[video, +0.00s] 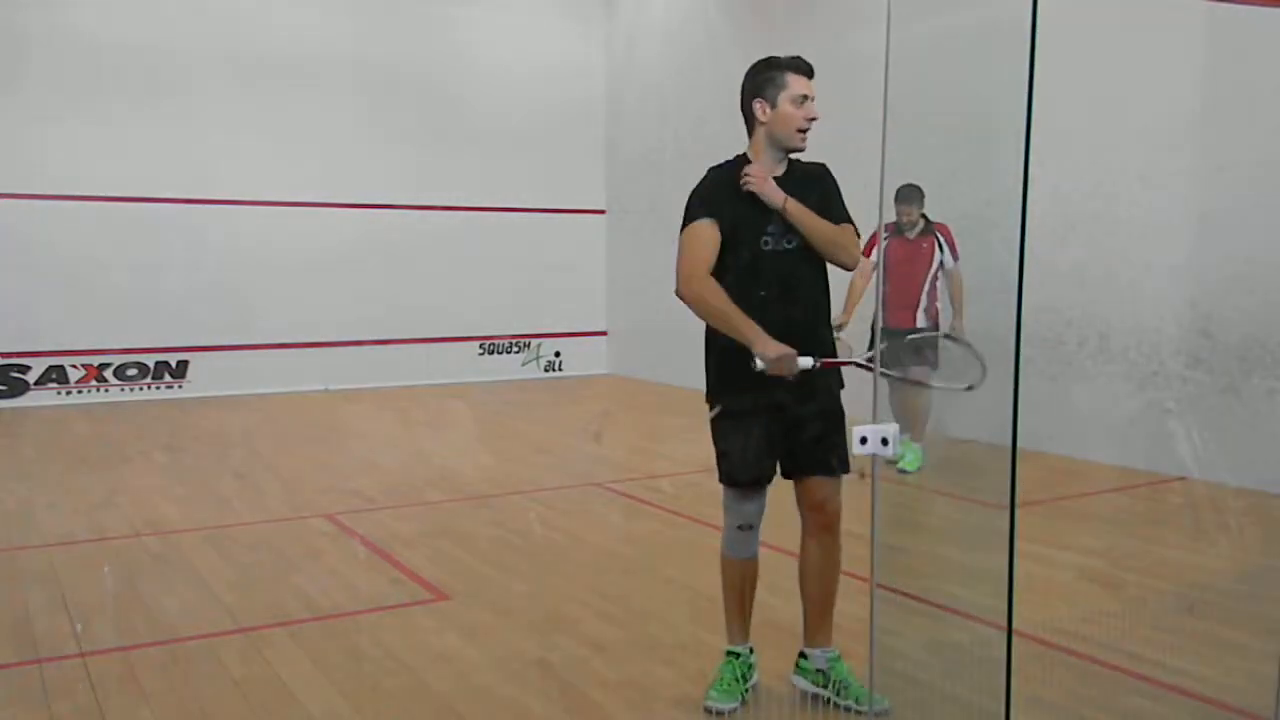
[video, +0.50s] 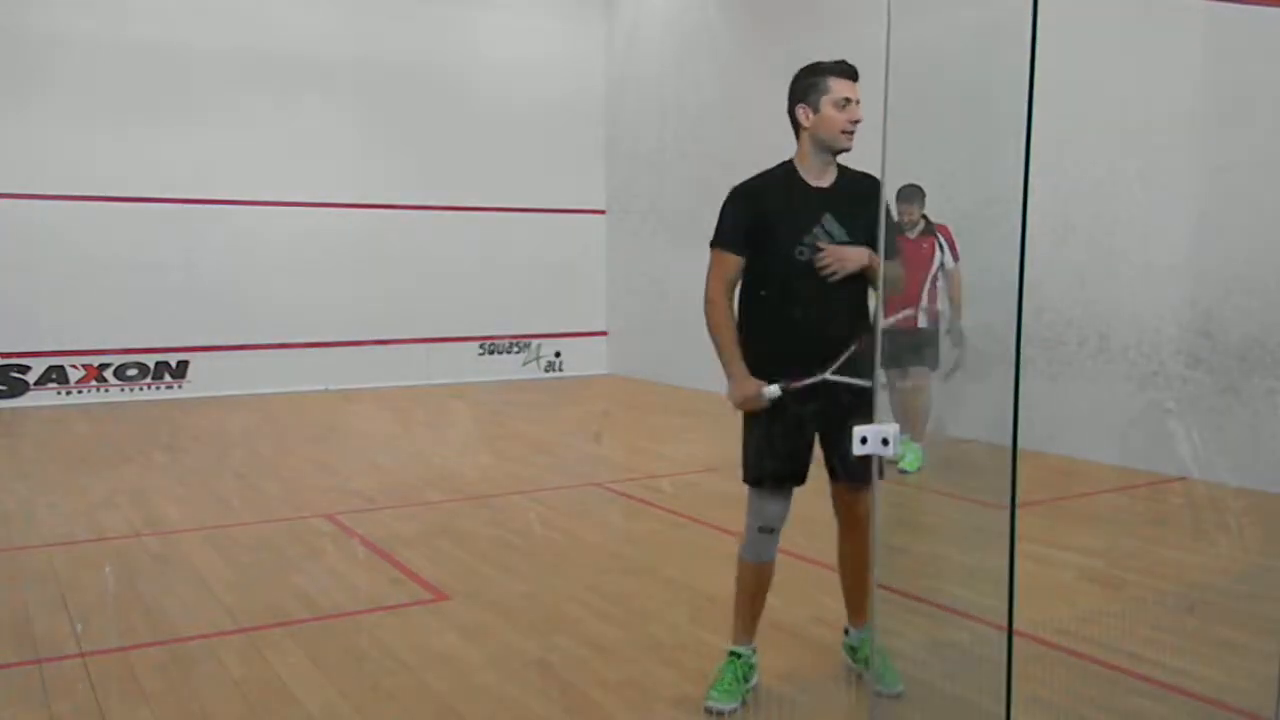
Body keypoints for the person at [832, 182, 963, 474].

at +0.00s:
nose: (905, 219)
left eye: (910, 214)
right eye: (900, 214)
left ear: (922, 210)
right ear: (894, 210)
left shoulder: (940, 235)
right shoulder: (882, 235)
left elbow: (953, 276)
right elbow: (862, 272)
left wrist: (958, 318)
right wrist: (846, 313)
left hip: (923, 328)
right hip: (888, 327)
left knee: (918, 385)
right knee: (895, 385)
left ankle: (916, 444)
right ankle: (903, 438)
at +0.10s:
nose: (905, 220)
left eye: (910, 214)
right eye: (900, 214)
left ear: (921, 209)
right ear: (894, 210)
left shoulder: (939, 234)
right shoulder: (882, 234)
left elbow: (953, 275)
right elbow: (863, 271)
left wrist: (956, 315)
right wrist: (848, 305)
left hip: (922, 325)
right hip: (889, 323)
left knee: (917, 381)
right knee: (895, 382)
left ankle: (915, 444)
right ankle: (903, 439)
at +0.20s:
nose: (904, 219)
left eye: (910, 214)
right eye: (900, 214)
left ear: (921, 210)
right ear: (894, 209)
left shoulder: (939, 235)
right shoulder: (882, 235)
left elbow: (954, 280)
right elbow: (862, 271)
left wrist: (955, 318)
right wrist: (852, 305)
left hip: (922, 324)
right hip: (888, 324)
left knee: (917, 380)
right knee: (895, 383)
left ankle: (915, 443)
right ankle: (904, 439)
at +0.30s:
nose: (904, 219)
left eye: (910, 214)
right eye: (900, 214)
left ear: (922, 210)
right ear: (895, 209)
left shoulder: (939, 236)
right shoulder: (882, 236)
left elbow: (953, 280)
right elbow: (863, 281)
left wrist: (954, 318)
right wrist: (849, 319)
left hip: (923, 325)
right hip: (889, 325)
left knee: (917, 381)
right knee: (895, 383)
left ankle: (916, 443)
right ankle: (903, 438)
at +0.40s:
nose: (905, 218)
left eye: (911, 213)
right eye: (901, 212)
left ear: (922, 209)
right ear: (895, 209)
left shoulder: (939, 235)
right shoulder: (884, 234)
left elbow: (953, 279)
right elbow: (870, 275)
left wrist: (954, 317)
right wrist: (856, 302)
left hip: (922, 325)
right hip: (888, 326)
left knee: (917, 382)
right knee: (895, 383)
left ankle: (915, 443)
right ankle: (902, 437)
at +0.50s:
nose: (906, 219)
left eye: (911, 213)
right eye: (902, 213)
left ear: (922, 210)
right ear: (895, 210)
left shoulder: (939, 235)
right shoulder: (889, 236)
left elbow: (953, 277)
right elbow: (876, 276)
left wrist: (955, 321)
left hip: (923, 322)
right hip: (891, 322)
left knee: (918, 382)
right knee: (896, 383)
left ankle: (916, 443)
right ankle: (904, 437)